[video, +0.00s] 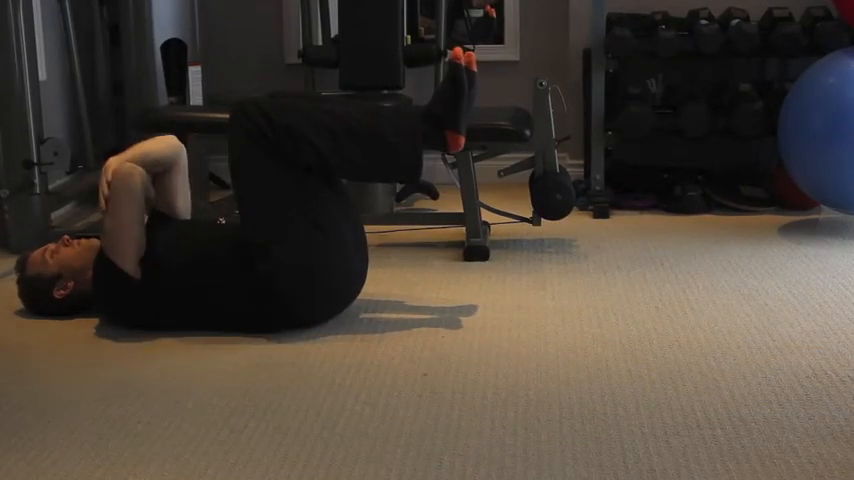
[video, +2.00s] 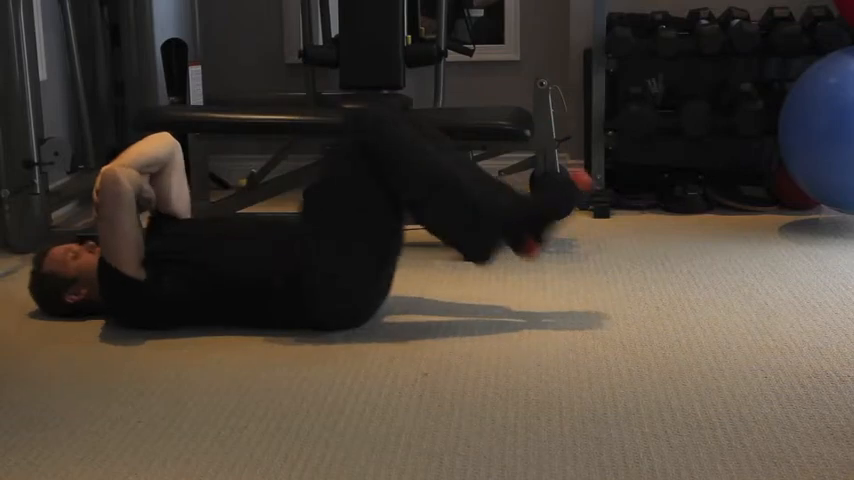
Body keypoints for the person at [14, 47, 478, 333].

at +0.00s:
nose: (68, 237)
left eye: (56, 238)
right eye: (54, 252)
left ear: (76, 238)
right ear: (66, 288)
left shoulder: (151, 251)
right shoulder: (118, 291)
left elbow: (171, 150)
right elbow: (124, 177)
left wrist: (117, 171)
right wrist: (118, 175)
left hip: (320, 264)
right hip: (298, 283)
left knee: (266, 118)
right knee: (257, 121)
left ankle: (426, 124)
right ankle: (429, 130)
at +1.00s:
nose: (57, 236)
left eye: (47, 241)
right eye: (51, 248)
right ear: (72, 278)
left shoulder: (153, 253)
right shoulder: (120, 283)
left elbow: (177, 144)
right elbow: (129, 171)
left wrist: (122, 167)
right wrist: (123, 170)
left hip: (320, 262)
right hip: (297, 276)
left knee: (229, 129)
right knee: (227, 132)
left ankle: (395, 104)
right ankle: (399, 116)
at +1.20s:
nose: (56, 236)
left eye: (46, 244)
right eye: (52, 251)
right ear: (73, 278)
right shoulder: (125, 282)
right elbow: (131, 165)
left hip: (328, 242)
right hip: (295, 262)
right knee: (180, 142)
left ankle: (339, 73)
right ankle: (340, 77)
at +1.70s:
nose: (54, 231)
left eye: (43, 239)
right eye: (48, 245)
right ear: (67, 278)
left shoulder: (151, 258)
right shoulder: (114, 286)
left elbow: (178, 164)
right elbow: (122, 172)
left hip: (326, 251)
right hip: (292, 269)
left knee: (165, 126)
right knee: (166, 127)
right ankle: (354, 110)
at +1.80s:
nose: (66, 232)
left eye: (54, 235)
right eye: (53, 245)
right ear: (65, 283)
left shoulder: (152, 254)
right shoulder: (115, 291)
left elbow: (173, 148)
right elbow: (116, 178)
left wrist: (115, 186)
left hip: (325, 268)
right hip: (297, 285)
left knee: (264, 125)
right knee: (252, 125)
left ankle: (416, 122)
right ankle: (413, 130)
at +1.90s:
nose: (71, 244)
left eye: (64, 245)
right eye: (60, 255)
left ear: (81, 249)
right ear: (66, 291)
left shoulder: (156, 253)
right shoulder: (119, 298)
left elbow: (169, 150)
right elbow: (109, 181)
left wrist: (110, 186)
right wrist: (132, 187)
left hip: (328, 272)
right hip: (306, 290)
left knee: (326, 121)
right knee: (311, 124)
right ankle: (472, 179)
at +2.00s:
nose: (84, 250)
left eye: (77, 249)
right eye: (73, 259)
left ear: (94, 257)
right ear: (80, 293)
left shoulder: (160, 250)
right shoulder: (131, 297)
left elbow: (168, 148)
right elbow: (115, 174)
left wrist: (117, 204)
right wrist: (127, 219)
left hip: (331, 263)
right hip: (323, 290)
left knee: (376, 125)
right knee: (370, 130)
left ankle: (488, 225)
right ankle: (520, 221)